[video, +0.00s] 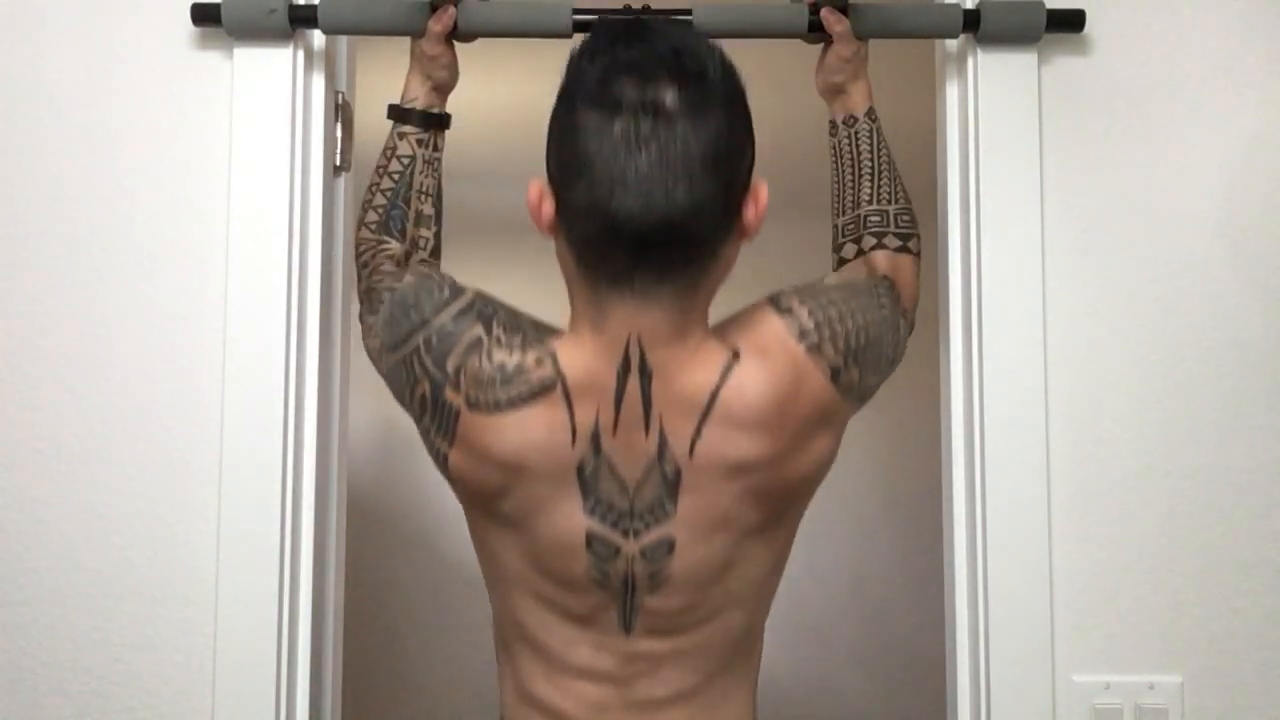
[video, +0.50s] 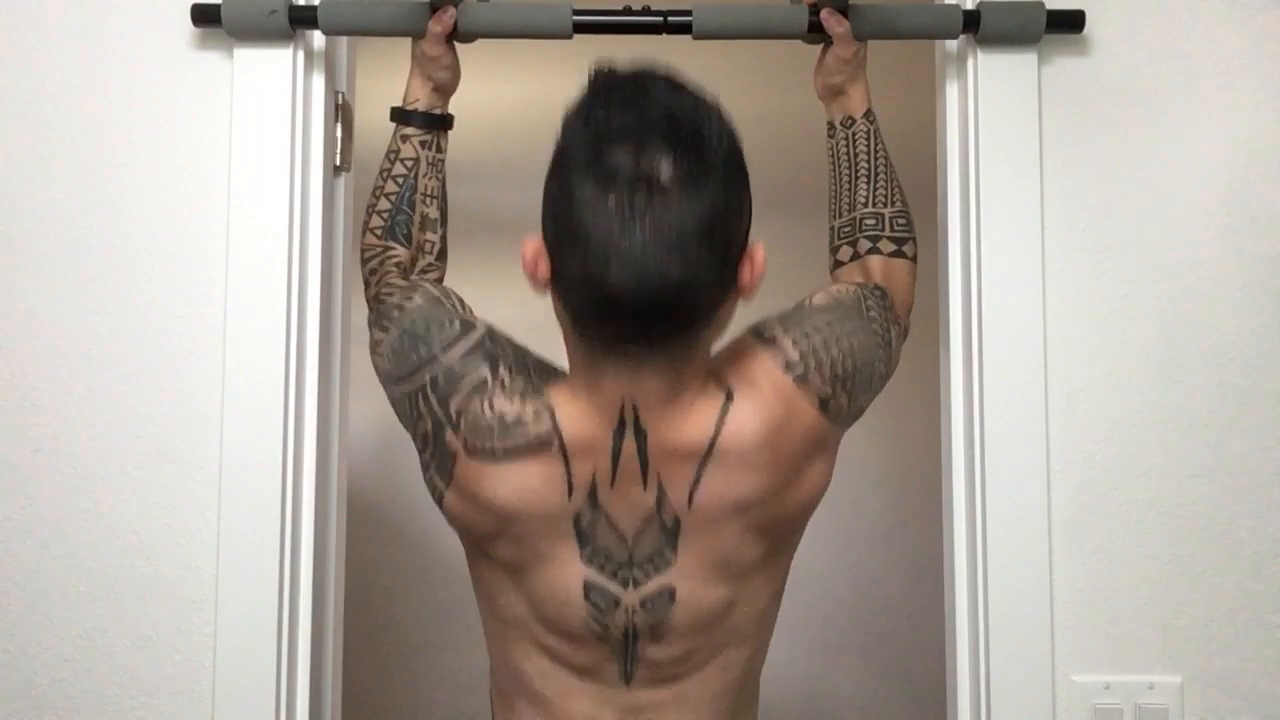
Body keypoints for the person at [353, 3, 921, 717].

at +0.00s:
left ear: (543, 209)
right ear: (752, 211)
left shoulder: (484, 389)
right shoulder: (791, 379)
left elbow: (388, 259)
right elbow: (888, 263)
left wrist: (423, 92)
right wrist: (850, 96)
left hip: (537, 710)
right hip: (720, 710)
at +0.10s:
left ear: (542, 243)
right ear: (750, 247)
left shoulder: (489, 417)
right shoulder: (784, 408)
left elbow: (392, 264)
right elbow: (885, 269)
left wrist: (423, 90)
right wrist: (851, 97)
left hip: (533, 711)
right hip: (722, 712)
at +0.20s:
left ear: (539, 270)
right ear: (748, 275)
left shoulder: (491, 440)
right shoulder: (782, 428)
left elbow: (400, 271)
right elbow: (883, 272)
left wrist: (424, 92)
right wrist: (851, 97)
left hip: (531, 713)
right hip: (724, 714)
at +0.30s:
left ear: (539, 295)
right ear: (746, 297)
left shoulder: (493, 458)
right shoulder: (780, 441)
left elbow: (403, 278)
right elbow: (877, 281)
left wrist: (425, 93)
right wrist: (849, 97)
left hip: (532, 714)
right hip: (722, 714)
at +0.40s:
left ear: (540, 301)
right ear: (746, 305)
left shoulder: (494, 459)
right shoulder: (781, 437)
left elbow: (402, 278)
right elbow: (877, 281)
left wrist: (426, 93)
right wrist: (849, 99)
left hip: (530, 714)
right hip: (724, 714)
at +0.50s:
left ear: (538, 266)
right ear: (748, 273)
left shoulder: (488, 432)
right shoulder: (785, 413)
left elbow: (397, 267)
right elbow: (880, 273)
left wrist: (425, 94)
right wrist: (849, 98)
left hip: (529, 713)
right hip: (720, 714)